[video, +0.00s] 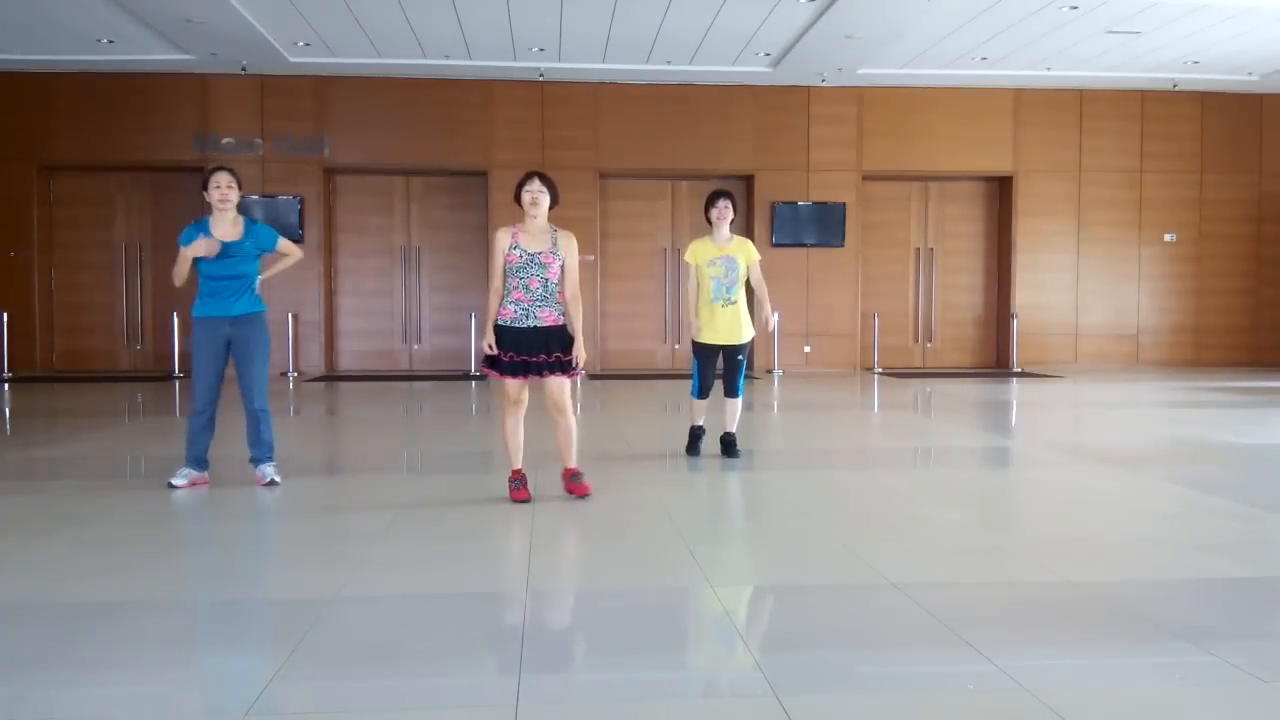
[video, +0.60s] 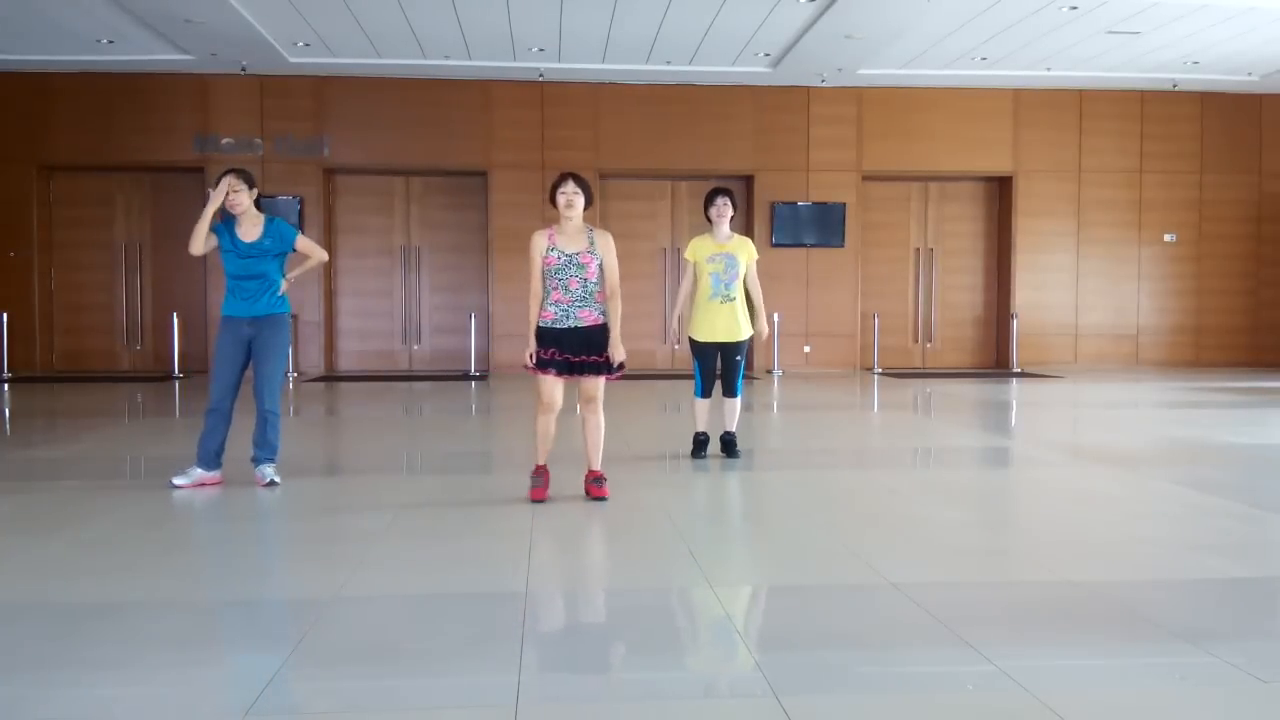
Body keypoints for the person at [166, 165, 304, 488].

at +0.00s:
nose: (223, 192)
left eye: (229, 187)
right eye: (217, 187)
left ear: (239, 194)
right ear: (206, 194)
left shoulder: (256, 231)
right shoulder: (194, 232)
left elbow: (296, 253)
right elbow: (178, 280)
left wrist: (263, 276)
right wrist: (190, 252)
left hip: (250, 321)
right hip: (208, 321)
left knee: (256, 398)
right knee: (203, 399)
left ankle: (264, 464)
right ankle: (196, 467)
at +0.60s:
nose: (231, 198)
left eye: (237, 191)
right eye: (226, 194)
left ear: (253, 193)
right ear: (222, 199)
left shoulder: (276, 228)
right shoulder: (223, 229)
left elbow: (319, 255)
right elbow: (196, 248)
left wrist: (288, 278)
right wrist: (211, 206)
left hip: (272, 320)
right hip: (234, 320)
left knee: (268, 397)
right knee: (220, 396)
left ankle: (265, 464)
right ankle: (209, 467)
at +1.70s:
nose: (219, 190)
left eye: (226, 185)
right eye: (213, 185)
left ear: (238, 191)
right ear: (205, 192)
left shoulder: (255, 229)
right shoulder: (195, 228)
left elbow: (288, 258)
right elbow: (168, 257)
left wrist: (278, 293)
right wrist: (191, 289)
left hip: (248, 319)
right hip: (207, 321)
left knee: (249, 395)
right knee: (217, 397)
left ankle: (257, 463)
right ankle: (226, 464)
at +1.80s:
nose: (220, 190)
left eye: (227, 185)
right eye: (214, 185)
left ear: (239, 191)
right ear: (206, 192)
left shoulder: (257, 229)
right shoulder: (197, 228)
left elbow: (291, 258)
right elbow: (171, 257)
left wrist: (278, 293)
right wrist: (193, 287)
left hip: (248, 319)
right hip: (207, 321)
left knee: (251, 395)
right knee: (217, 397)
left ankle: (259, 463)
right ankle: (226, 464)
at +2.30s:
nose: (238, 194)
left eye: (245, 189)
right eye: (232, 188)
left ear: (255, 196)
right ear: (222, 195)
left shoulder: (270, 234)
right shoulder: (209, 233)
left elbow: (304, 265)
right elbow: (183, 262)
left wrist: (290, 298)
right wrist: (205, 290)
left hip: (261, 322)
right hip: (219, 323)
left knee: (263, 396)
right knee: (218, 395)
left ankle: (263, 463)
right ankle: (224, 464)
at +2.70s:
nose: (246, 195)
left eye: (251, 190)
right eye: (240, 189)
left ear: (258, 197)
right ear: (225, 193)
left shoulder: (269, 234)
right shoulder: (208, 230)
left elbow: (294, 267)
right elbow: (170, 257)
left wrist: (285, 299)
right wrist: (198, 288)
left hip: (258, 321)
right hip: (216, 321)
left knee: (260, 396)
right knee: (219, 396)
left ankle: (263, 463)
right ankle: (223, 465)